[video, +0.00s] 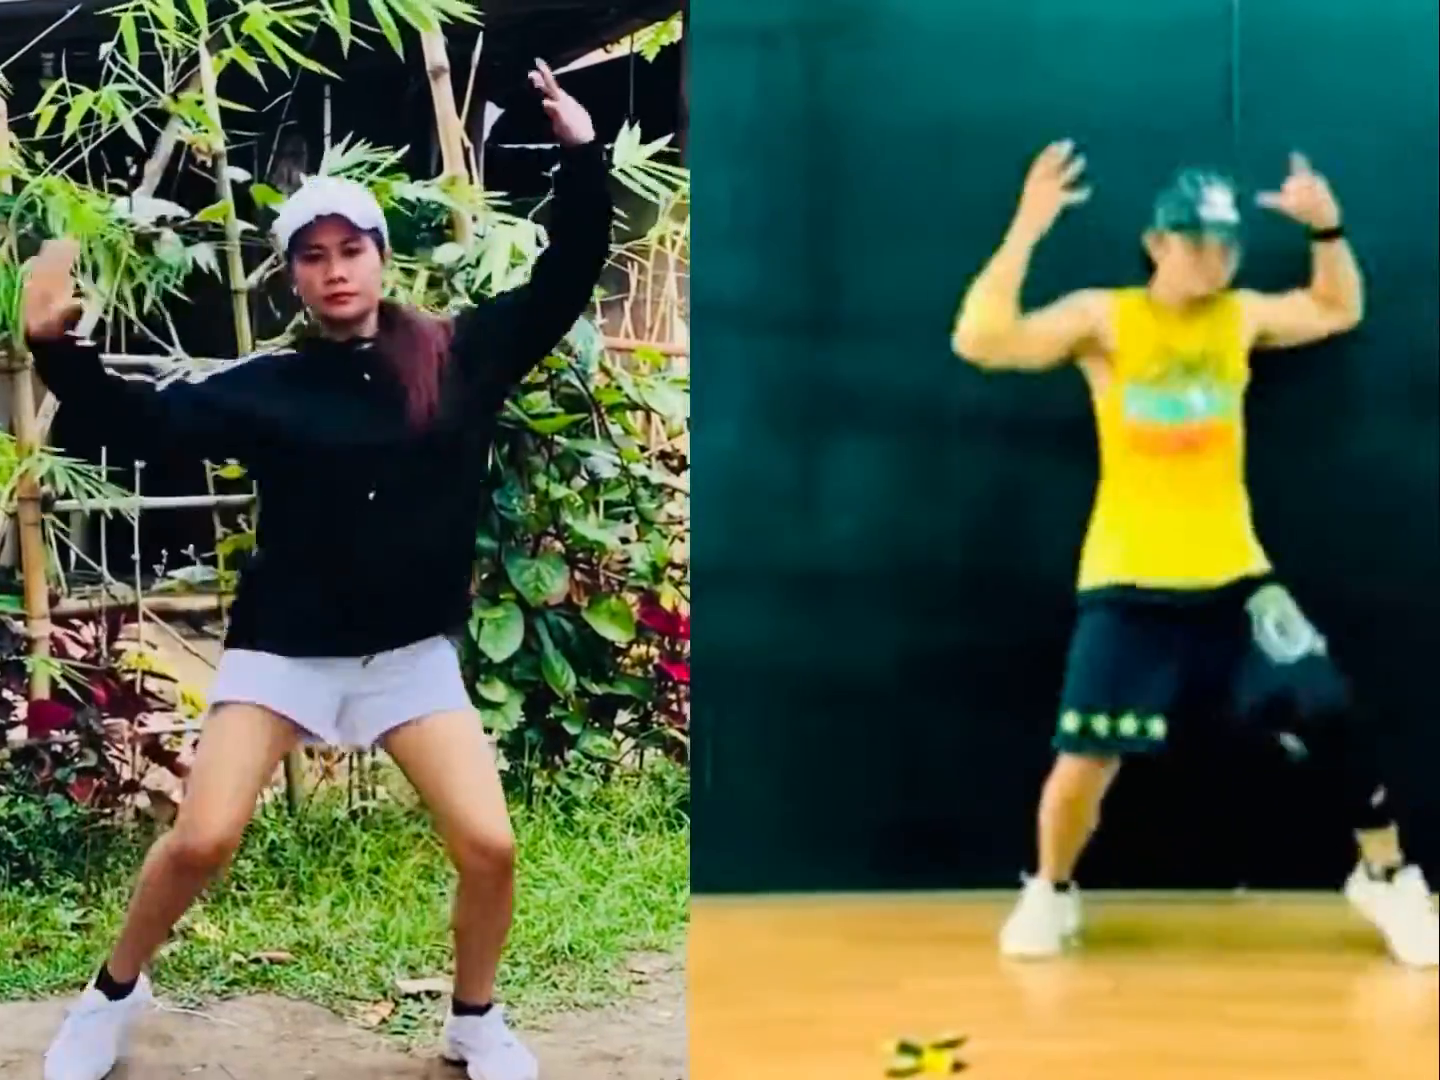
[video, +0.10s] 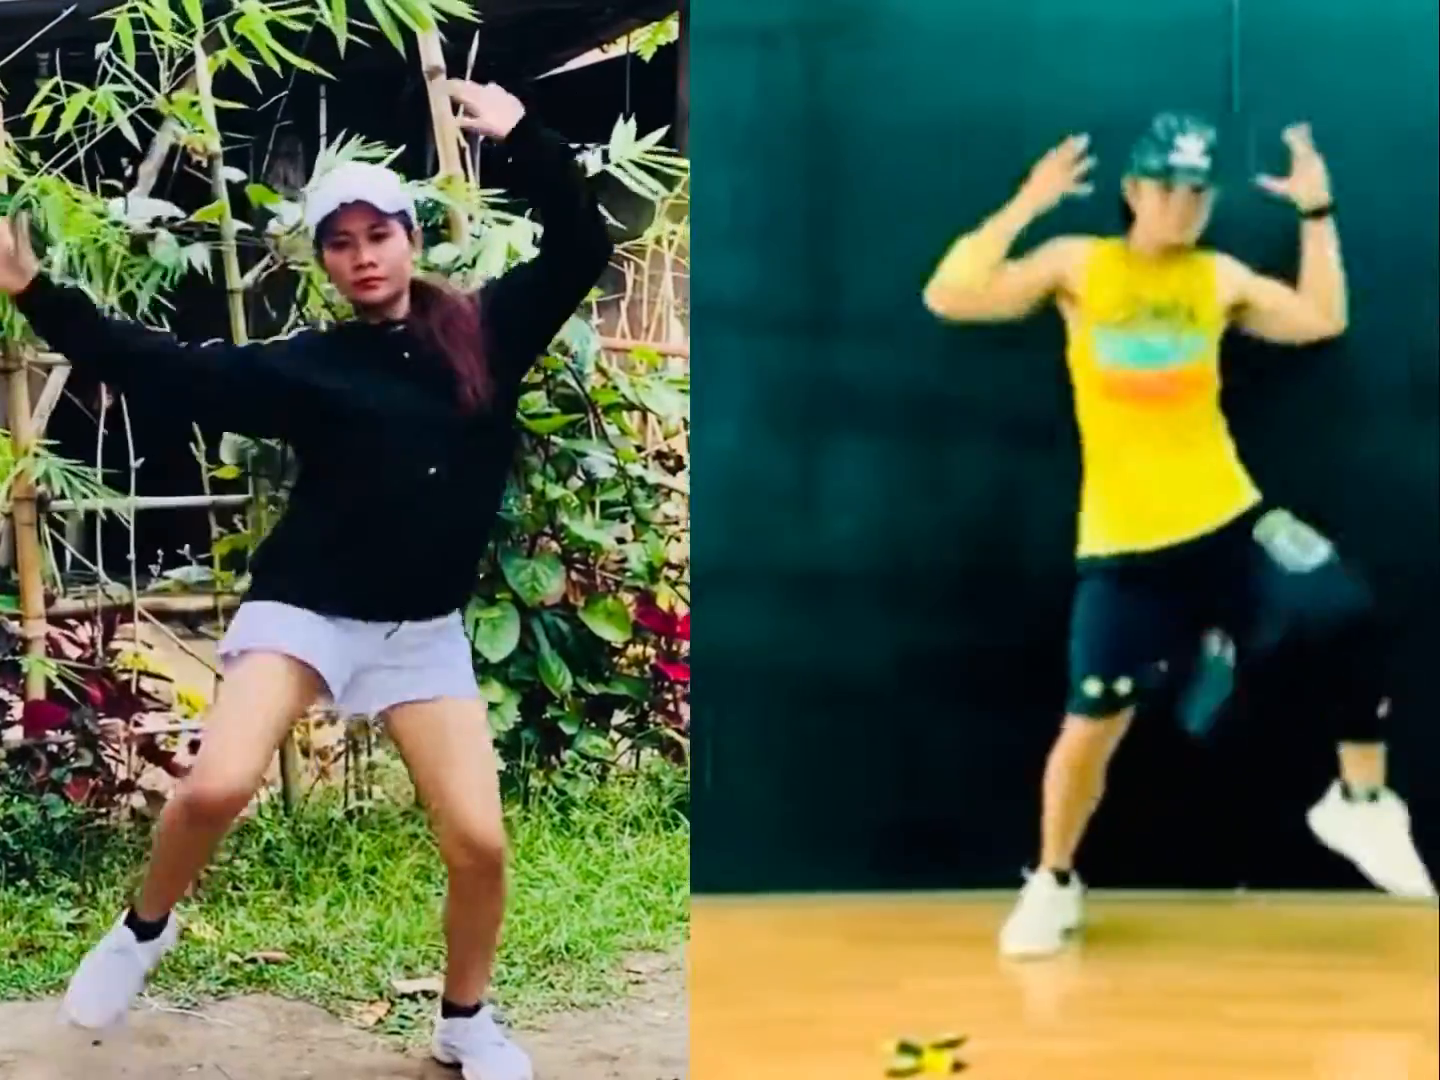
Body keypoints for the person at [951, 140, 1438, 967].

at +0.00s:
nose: (1209, 264)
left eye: (1222, 249)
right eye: (1195, 246)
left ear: (1236, 255)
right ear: (1157, 244)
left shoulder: (1242, 316)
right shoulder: (1101, 318)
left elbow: (1338, 309)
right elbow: (980, 338)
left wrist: (1326, 227)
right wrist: (1027, 229)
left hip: (1233, 572)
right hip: (1127, 577)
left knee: (1329, 708)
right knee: (1089, 753)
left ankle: (1386, 873)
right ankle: (1049, 892)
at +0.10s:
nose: (1183, 207)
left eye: (1196, 191)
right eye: (1167, 188)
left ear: (1211, 198)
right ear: (1132, 189)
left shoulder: (1219, 279)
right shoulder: (1075, 264)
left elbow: (1321, 318)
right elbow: (949, 295)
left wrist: (1317, 213)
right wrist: (1026, 202)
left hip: (1227, 515)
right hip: (1123, 535)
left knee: (1352, 621)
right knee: (1095, 714)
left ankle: (1363, 800)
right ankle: (1052, 882)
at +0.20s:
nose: (1160, 203)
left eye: (1175, 188)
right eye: (1146, 185)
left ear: (1191, 197)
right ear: (1112, 188)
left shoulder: (1209, 273)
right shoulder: (1064, 258)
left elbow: (1334, 277)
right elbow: (960, 236)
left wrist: (1360, 186)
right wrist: (1023, 130)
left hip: (1215, 504)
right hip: (1113, 537)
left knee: (1355, 529)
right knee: (1095, 723)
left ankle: (1341, 719)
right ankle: (1075, 875)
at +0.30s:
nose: (1161, 228)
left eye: (1174, 213)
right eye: (1145, 212)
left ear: (1193, 218)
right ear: (1115, 216)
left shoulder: (1212, 280)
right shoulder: (1076, 274)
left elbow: (1310, 223)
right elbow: (1004, 195)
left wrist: (1389, 141)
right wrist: (969, 92)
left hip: (1200, 523)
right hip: (1104, 556)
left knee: (1344, 488)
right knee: (1100, 733)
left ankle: (1341, 674)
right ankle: (1077, 882)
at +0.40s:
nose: (1175, 209)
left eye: (1189, 193)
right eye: (1160, 192)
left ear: (1210, 196)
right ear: (1131, 195)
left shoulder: (1234, 261)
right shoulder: (1086, 261)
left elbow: (1355, 247)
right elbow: (960, 258)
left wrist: (1337, 147)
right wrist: (965, 135)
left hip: (1206, 507)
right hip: (1108, 527)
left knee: (1354, 503)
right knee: (1102, 715)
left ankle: (1356, 695)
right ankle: (1071, 876)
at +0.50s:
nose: (1179, 195)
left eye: (1195, 178)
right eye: (1165, 176)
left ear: (1213, 184)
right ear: (1135, 178)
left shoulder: (1237, 262)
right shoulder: (1086, 252)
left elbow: (1348, 306)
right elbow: (969, 273)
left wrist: (1333, 196)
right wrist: (1024, 170)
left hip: (1238, 503)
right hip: (1132, 522)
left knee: (1370, 585)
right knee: (1104, 710)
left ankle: (1379, 784)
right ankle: (1073, 869)